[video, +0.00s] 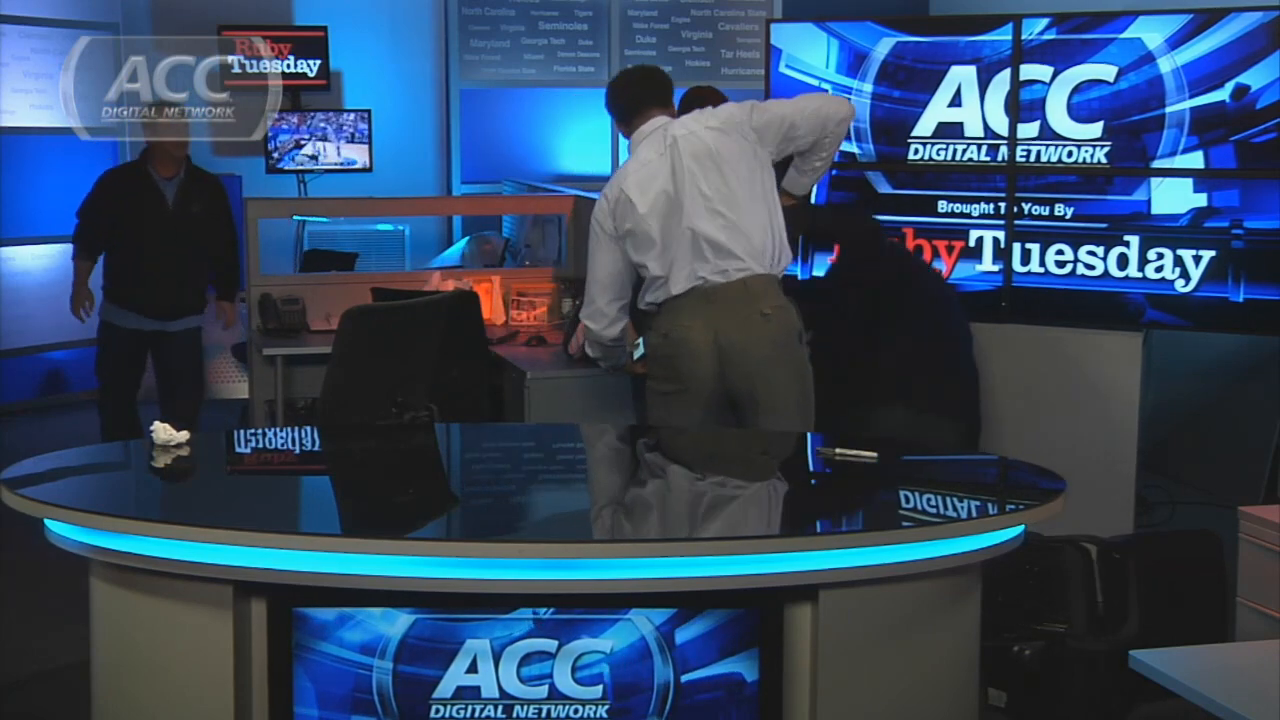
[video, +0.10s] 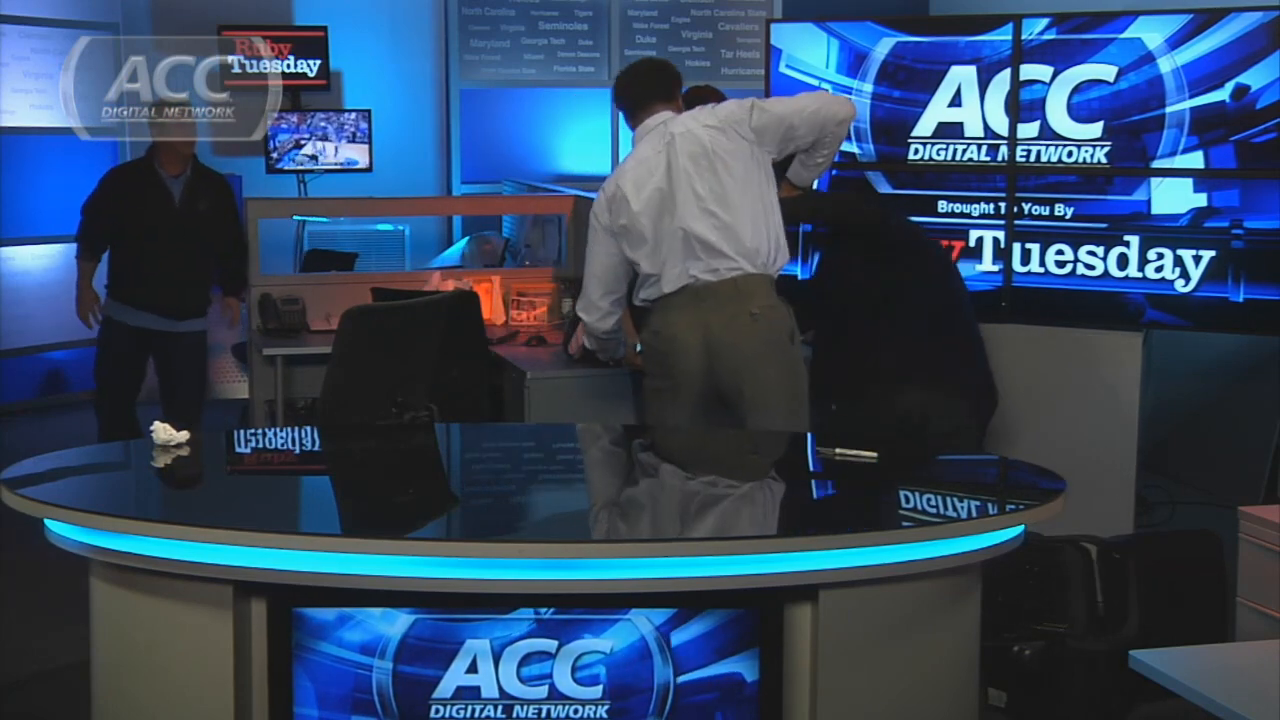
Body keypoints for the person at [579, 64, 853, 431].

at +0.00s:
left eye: (614, 125)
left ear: (619, 127)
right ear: (673, 105)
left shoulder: (617, 194)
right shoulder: (733, 122)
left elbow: (603, 324)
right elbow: (836, 111)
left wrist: (621, 360)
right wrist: (792, 189)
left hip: (679, 326)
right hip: (762, 310)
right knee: (765, 473)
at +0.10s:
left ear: (625, 114)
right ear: (680, 97)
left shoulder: (616, 191)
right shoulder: (732, 120)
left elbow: (599, 319)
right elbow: (837, 109)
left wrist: (616, 353)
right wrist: (796, 181)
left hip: (671, 325)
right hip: (753, 309)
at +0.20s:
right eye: (696, 95)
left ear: (635, 108)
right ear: (690, 95)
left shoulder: (616, 184)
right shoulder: (731, 118)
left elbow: (593, 307)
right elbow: (837, 112)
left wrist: (621, 347)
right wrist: (797, 173)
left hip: (665, 319)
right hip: (744, 306)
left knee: (677, 477)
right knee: (745, 476)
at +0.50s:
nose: (753, 104)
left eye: (753, 95)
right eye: (750, 93)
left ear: (687, 91)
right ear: (728, 85)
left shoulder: (633, 157)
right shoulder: (727, 122)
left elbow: (585, 269)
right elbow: (826, 180)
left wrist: (635, 307)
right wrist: (781, 210)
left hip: (629, 312)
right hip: (698, 307)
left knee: (642, 459)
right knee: (714, 462)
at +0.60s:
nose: (782, 119)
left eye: (784, 109)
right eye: (779, 106)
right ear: (752, 91)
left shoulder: (653, 149)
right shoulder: (741, 128)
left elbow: (594, 255)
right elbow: (820, 215)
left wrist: (638, 299)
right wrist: (783, 240)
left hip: (623, 306)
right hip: (686, 308)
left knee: (630, 452)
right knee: (730, 457)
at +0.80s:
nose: (841, 142)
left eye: (846, 131)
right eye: (841, 128)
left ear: (808, 106)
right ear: (815, 109)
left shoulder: (713, 141)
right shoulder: (778, 145)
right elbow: (835, 260)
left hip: (634, 303)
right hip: (686, 313)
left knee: (647, 469)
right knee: (748, 457)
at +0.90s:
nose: (874, 160)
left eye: (880, 150)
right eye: (875, 145)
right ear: (847, 126)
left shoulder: (742, 147)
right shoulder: (806, 160)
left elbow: (655, 230)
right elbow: (847, 285)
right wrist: (867, 272)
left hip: (643, 307)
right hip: (695, 316)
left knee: (670, 467)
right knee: (767, 455)